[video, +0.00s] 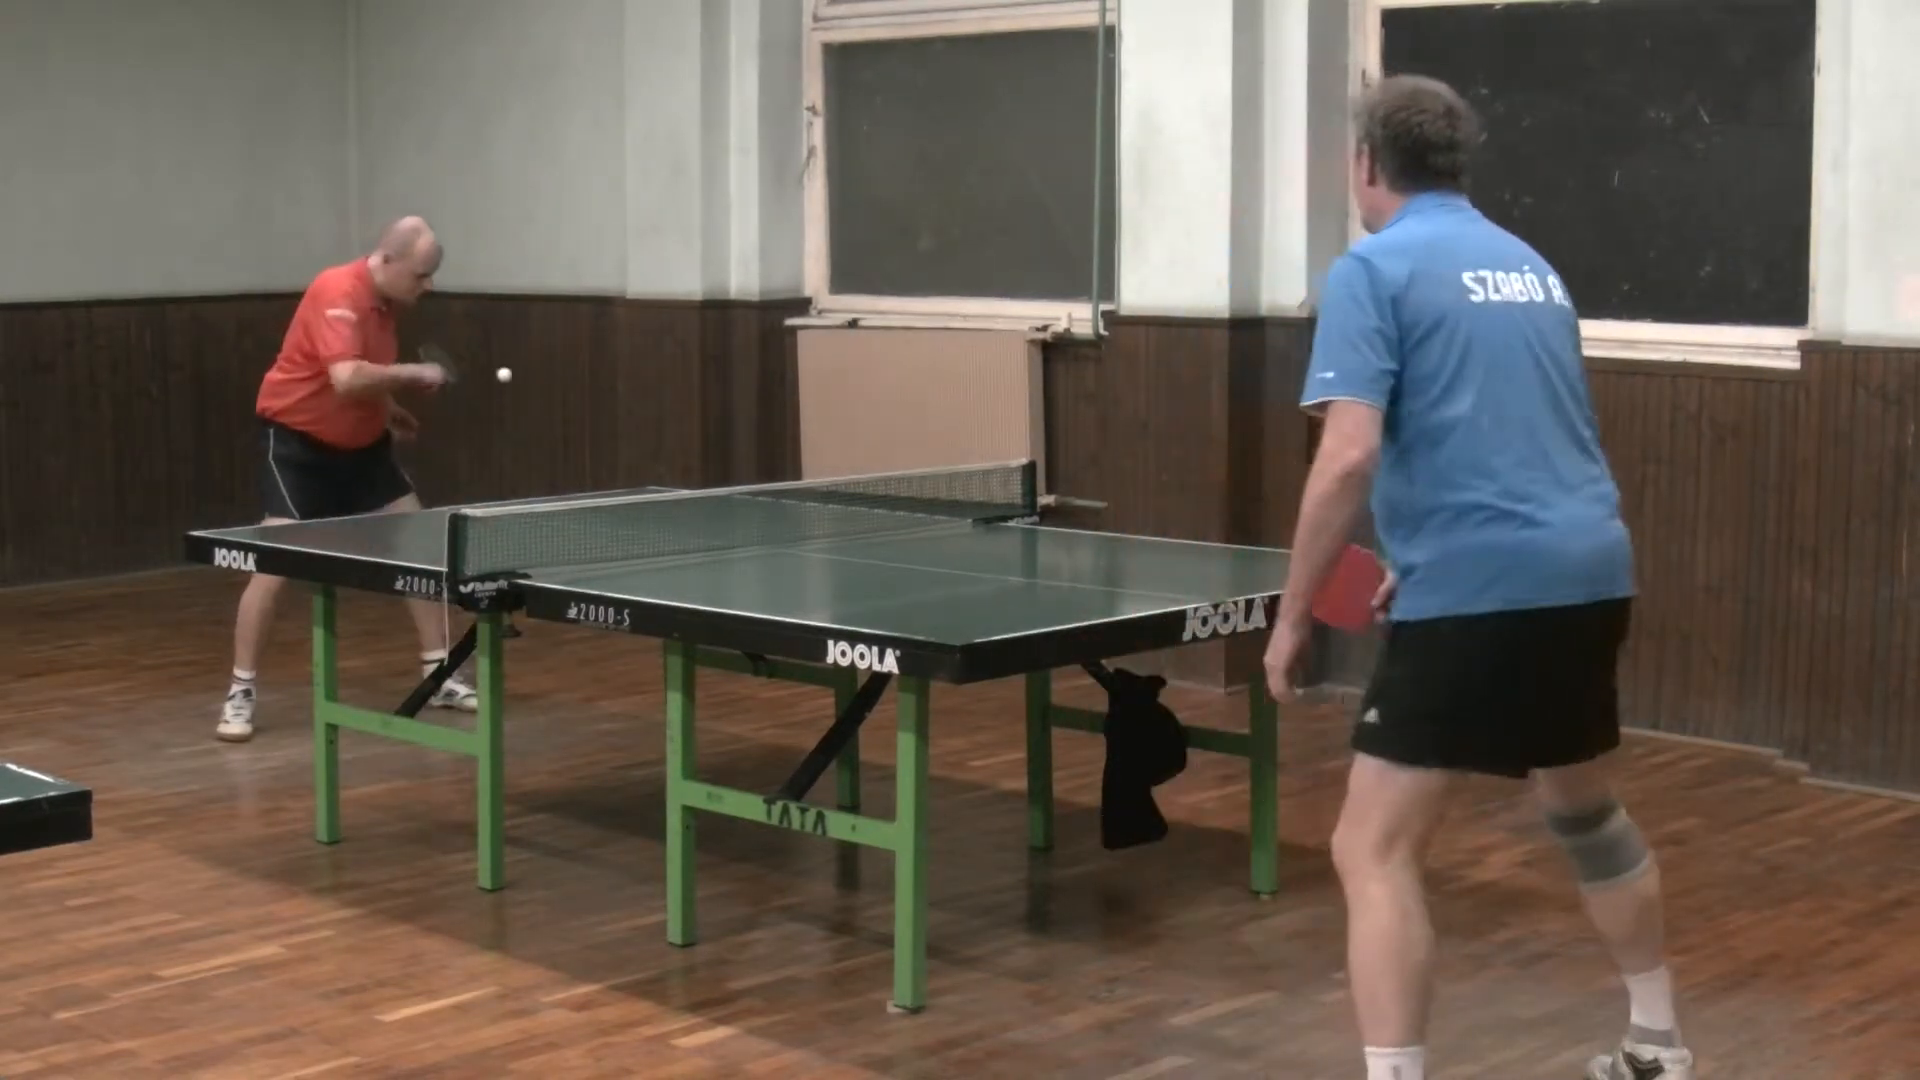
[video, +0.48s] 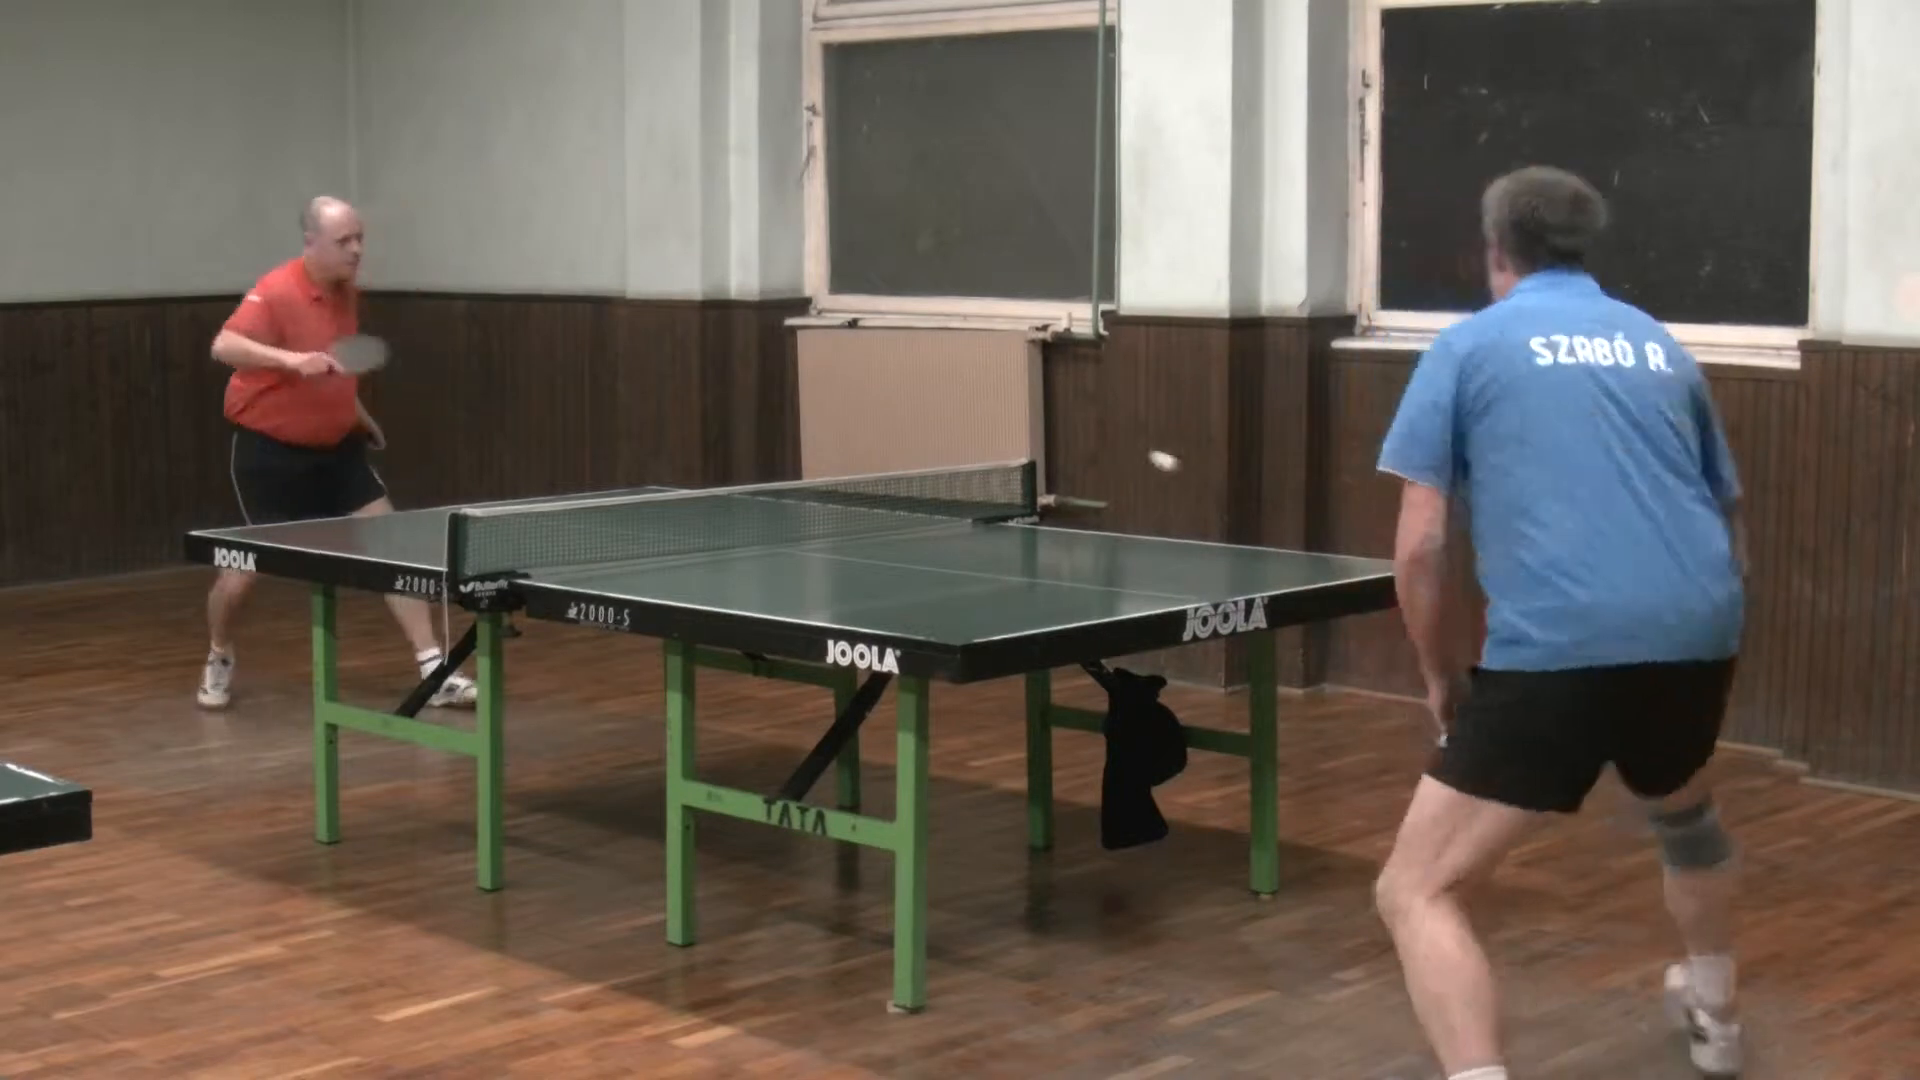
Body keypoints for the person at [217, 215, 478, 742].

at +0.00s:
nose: (428, 287)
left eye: (431, 277)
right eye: (422, 275)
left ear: (396, 264)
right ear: (386, 261)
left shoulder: (383, 296)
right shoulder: (338, 290)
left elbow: (364, 369)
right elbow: (347, 376)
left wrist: (388, 407)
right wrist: (412, 372)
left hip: (362, 440)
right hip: (297, 439)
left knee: (418, 539)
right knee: (278, 559)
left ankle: (439, 671)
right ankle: (241, 689)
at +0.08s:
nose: (432, 281)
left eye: (435, 270)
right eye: (426, 269)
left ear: (404, 261)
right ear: (389, 256)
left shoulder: (391, 295)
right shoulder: (344, 287)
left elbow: (367, 367)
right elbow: (349, 359)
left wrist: (393, 411)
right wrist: (433, 375)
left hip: (368, 438)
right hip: (300, 436)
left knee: (420, 540)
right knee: (278, 556)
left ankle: (440, 670)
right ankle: (240, 687)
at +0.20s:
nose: (429, 272)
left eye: (433, 261)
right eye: (421, 260)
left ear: (425, 255)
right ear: (386, 249)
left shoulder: (397, 295)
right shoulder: (349, 282)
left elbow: (378, 362)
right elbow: (345, 328)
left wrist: (402, 403)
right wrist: (404, 351)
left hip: (370, 440)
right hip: (299, 436)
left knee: (420, 539)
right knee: (264, 552)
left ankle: (438, 670)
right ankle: (232, 685)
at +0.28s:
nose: (423, 264)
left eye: (426, 253)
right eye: (413, 254)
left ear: (423, 251)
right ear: (377, 249)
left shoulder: (398, 296)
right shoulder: (340, 281)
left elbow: (384, 360)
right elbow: (310, 319)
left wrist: (407, 404)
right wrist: (366, 339)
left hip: (366, 443)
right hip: (298, 439)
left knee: (418, 545)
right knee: (262, 556)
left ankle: (438, 674)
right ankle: (224, 675)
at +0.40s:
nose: (390, 254)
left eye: (393, 243)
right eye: (378, 245)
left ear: (393, 243)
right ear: (344, 245)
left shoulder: (371, 292)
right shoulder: (309, 285)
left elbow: (359, 361)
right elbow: (255, 333)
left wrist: (389, 414)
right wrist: (318, 346)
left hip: (351, 444)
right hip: (286, 445)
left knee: (409, 545)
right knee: (262, 563)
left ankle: (437, 671)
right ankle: (217, 650)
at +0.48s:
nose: (356, 249)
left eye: (359, 239)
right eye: (343, 241)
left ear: (360, 241)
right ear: (310, 243)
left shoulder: (344, 292)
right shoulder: (276, 289)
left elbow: (333, 365)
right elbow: (224, 344)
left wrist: (359, 415)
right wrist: (289, 360)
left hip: (336, 446)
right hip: (270, 449)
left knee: (393, 545)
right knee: (244, 570)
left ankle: (434, 667)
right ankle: (219, 656)